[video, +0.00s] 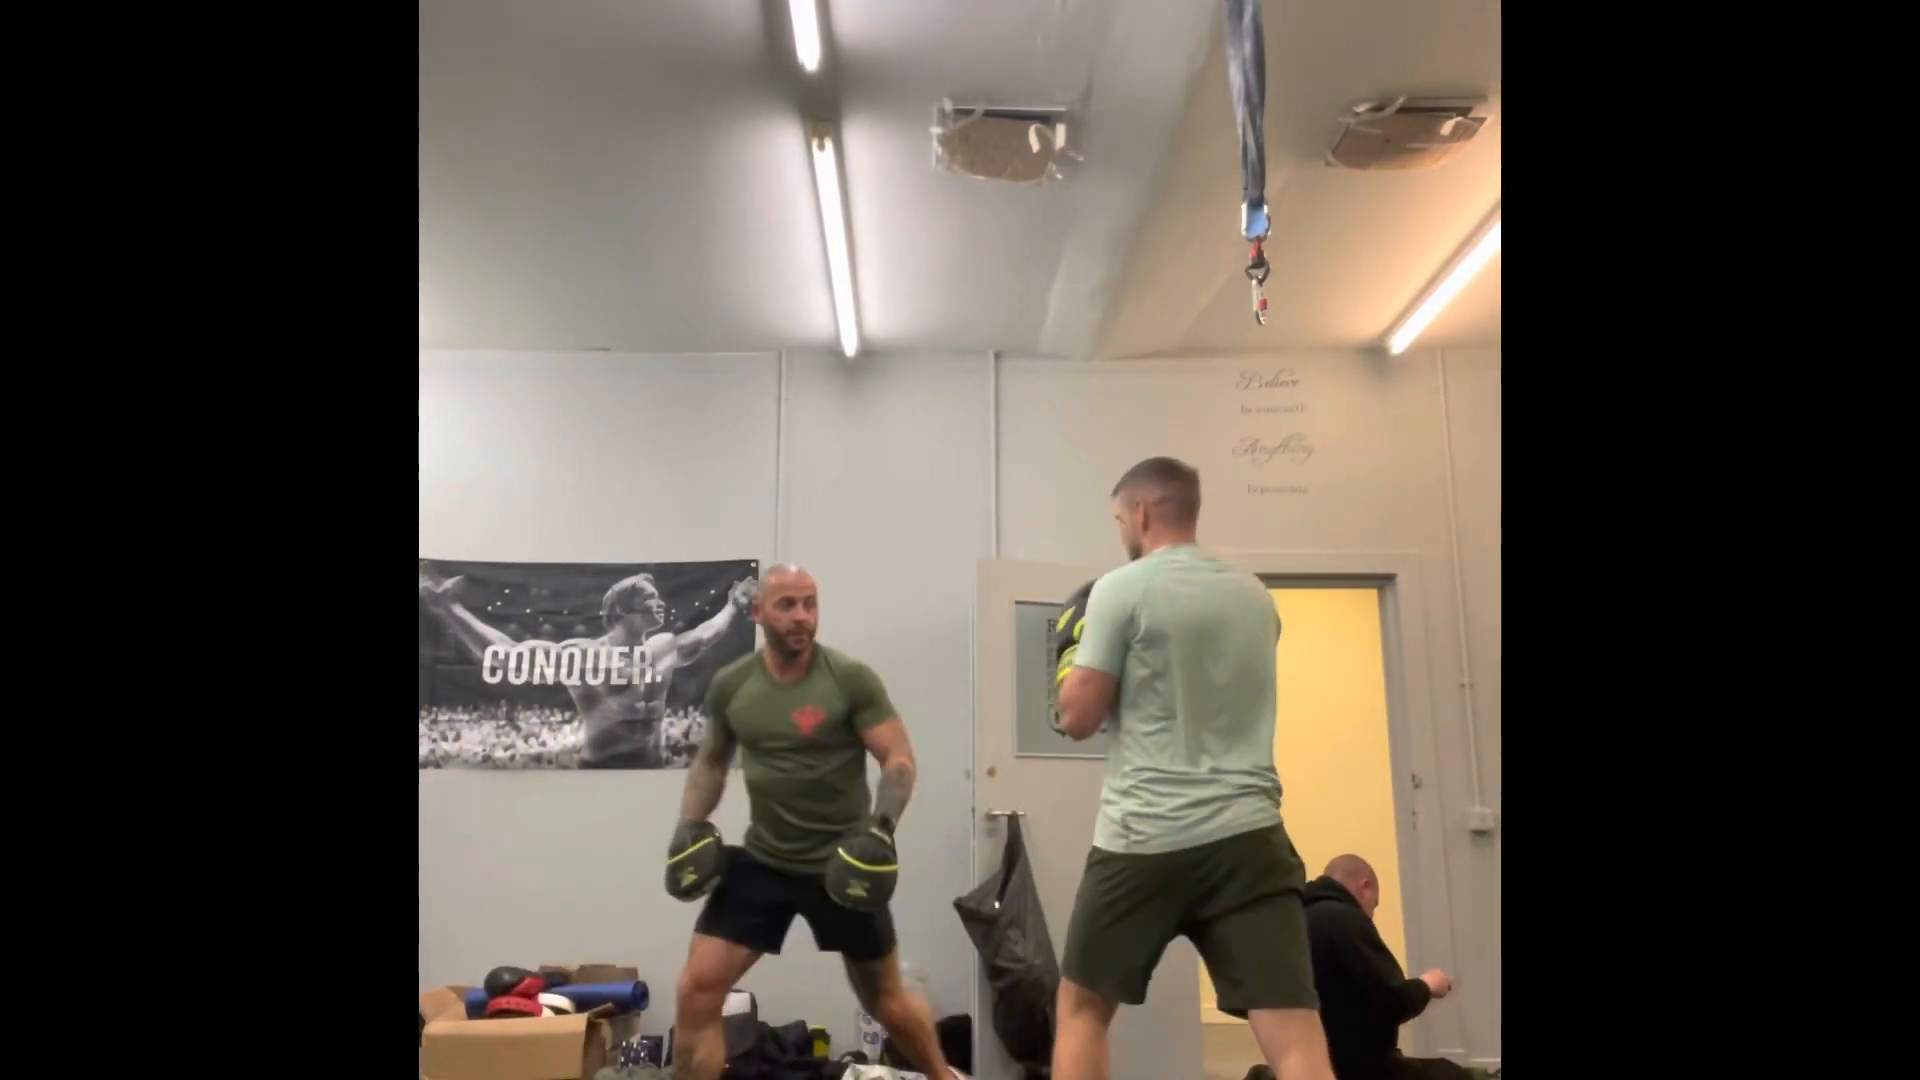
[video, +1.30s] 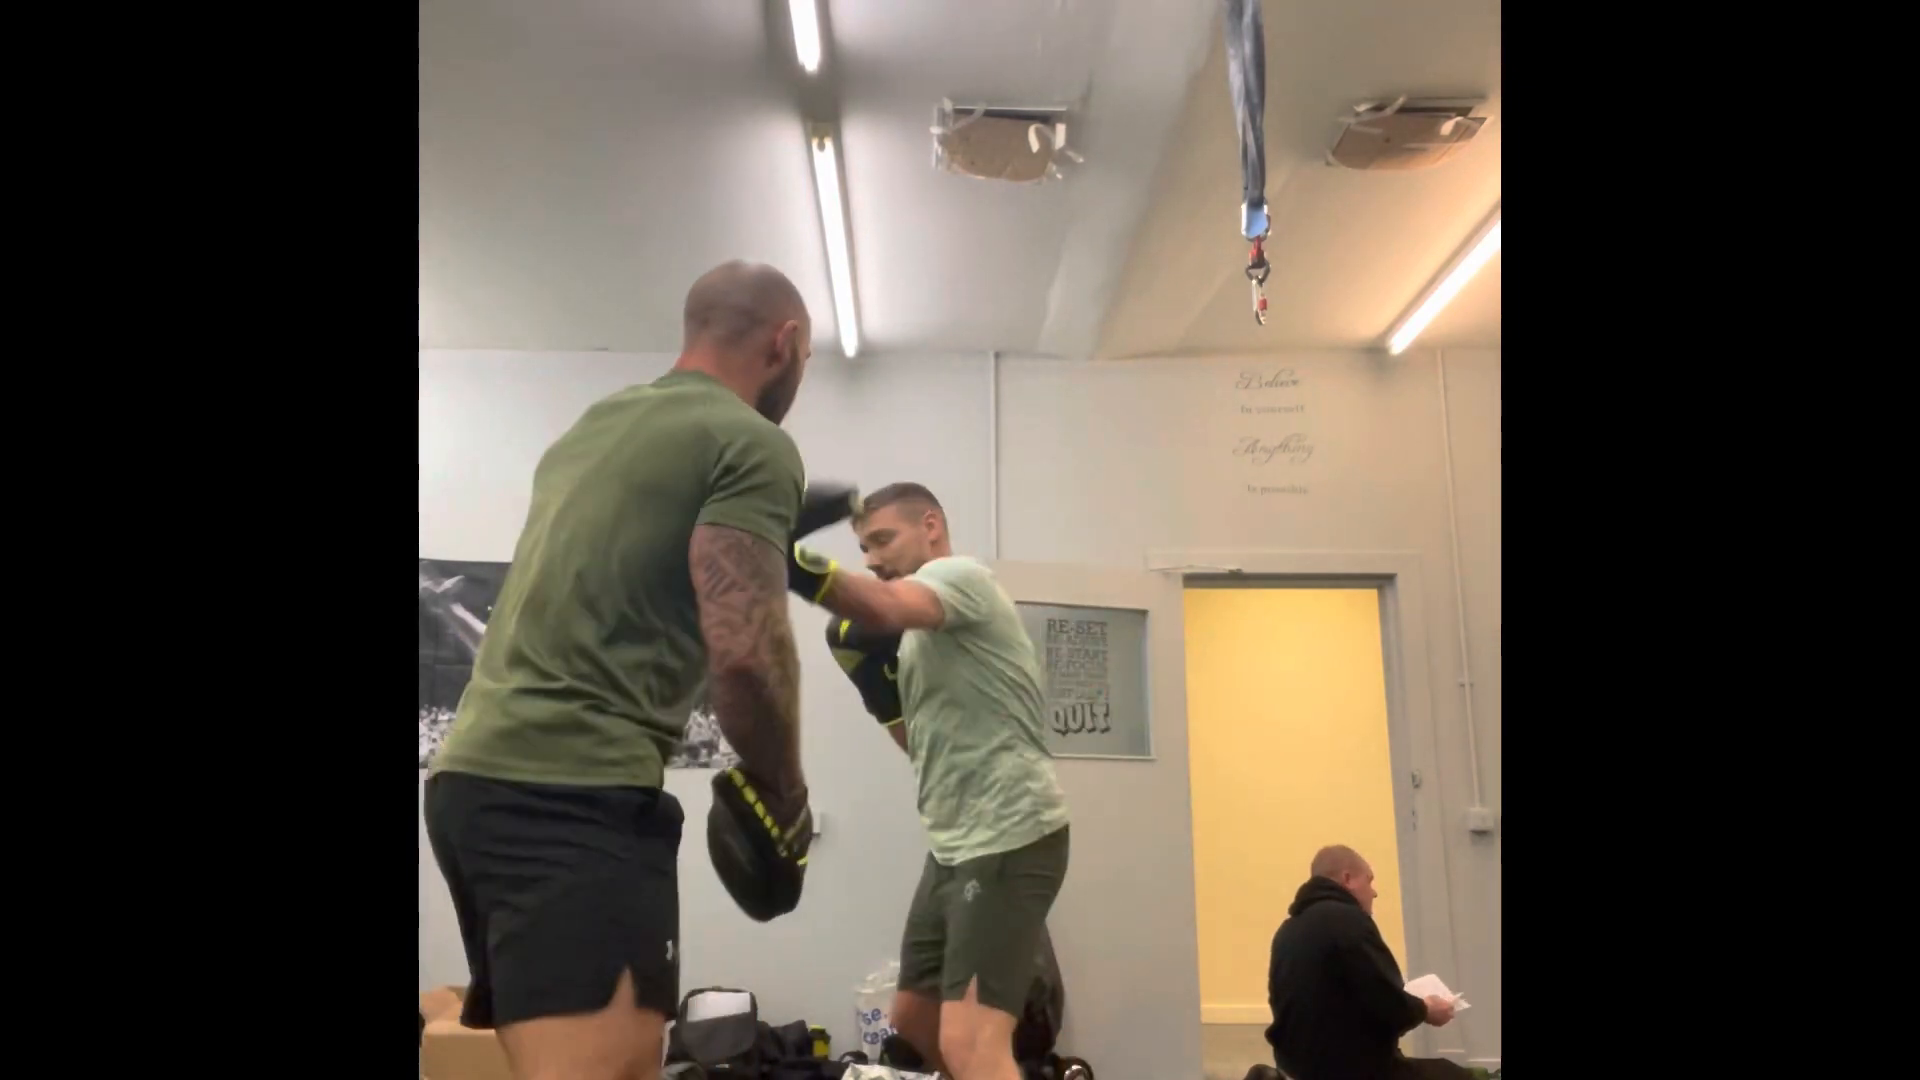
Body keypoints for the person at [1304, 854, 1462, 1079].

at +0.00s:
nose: (1371, 914)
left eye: (1375, 907)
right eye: (1373, 905)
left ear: (1331, 883)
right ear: (1363, 887)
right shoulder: (1344, 919)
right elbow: (1389, 1004)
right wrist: (1426, 986)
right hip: (1359, 1069)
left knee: (1444, 1069)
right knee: (1449, 1072)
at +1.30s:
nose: (1375, 893)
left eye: (1372, 883)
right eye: (1370, 881)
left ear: (1320, 881)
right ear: (1347, 879)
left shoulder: (1287, 930)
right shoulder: (1347, 920)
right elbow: (1387, 1008)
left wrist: (1400, 1000)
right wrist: (1425, 1009)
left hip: (1302, 1068)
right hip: (1357, 1071)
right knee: (1454, 1072)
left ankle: (1271, 1075)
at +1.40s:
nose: (1376, 895)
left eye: (1374, 885)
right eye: (1371, 884)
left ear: (1326, 882)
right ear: (1347, 880)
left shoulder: (1288, 930)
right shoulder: (1350, 920)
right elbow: (1376, 1006)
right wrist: (1426, 1034)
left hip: (1302, 1067)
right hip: (1356, 1069)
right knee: (1460, 1072)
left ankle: (1272, 1074)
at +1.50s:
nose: (1377, 899)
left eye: (1376, 887)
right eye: (1373, 886)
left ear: (1323, 883)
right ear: (1352, 883)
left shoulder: (1290, 929)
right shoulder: (1352, 922)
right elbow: (1372, 1013)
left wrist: (1385, 1018)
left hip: (1299, 1065)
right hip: (1349, 1068)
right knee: (1449, 1070)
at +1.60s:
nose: (1381, 900)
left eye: (1380, 890)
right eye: (1378, 889)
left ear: (1329, 884)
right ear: (1356, 884)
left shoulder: (1292, 929)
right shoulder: (1357, 925)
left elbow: (1287, 1010)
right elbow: (1370, 1019)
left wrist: (1383, 1017)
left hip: (1299, 1066)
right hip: (1351, 1071)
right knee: (1450, 1071)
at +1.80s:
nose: (1397, 912)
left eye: (1399, 900)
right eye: (1396, 899)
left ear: (1349, 889)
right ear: (1374, 890)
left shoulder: (1306, 928)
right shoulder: (1374, 932)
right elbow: (1381, 1033)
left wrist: (1394, 1023)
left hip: (1296, 1065)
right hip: (1348, 1071)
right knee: (1450, 1071)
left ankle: (1276, 1074)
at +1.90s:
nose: (1410, 919)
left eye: (1412, 908)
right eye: (1409, 906)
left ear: (1360, 891)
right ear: (1389, 896)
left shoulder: (1319, 925)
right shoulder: (1384, 932)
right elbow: (1385, 1032)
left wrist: (1401, 1042)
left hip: (1295, 1060)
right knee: (1451, 1073)